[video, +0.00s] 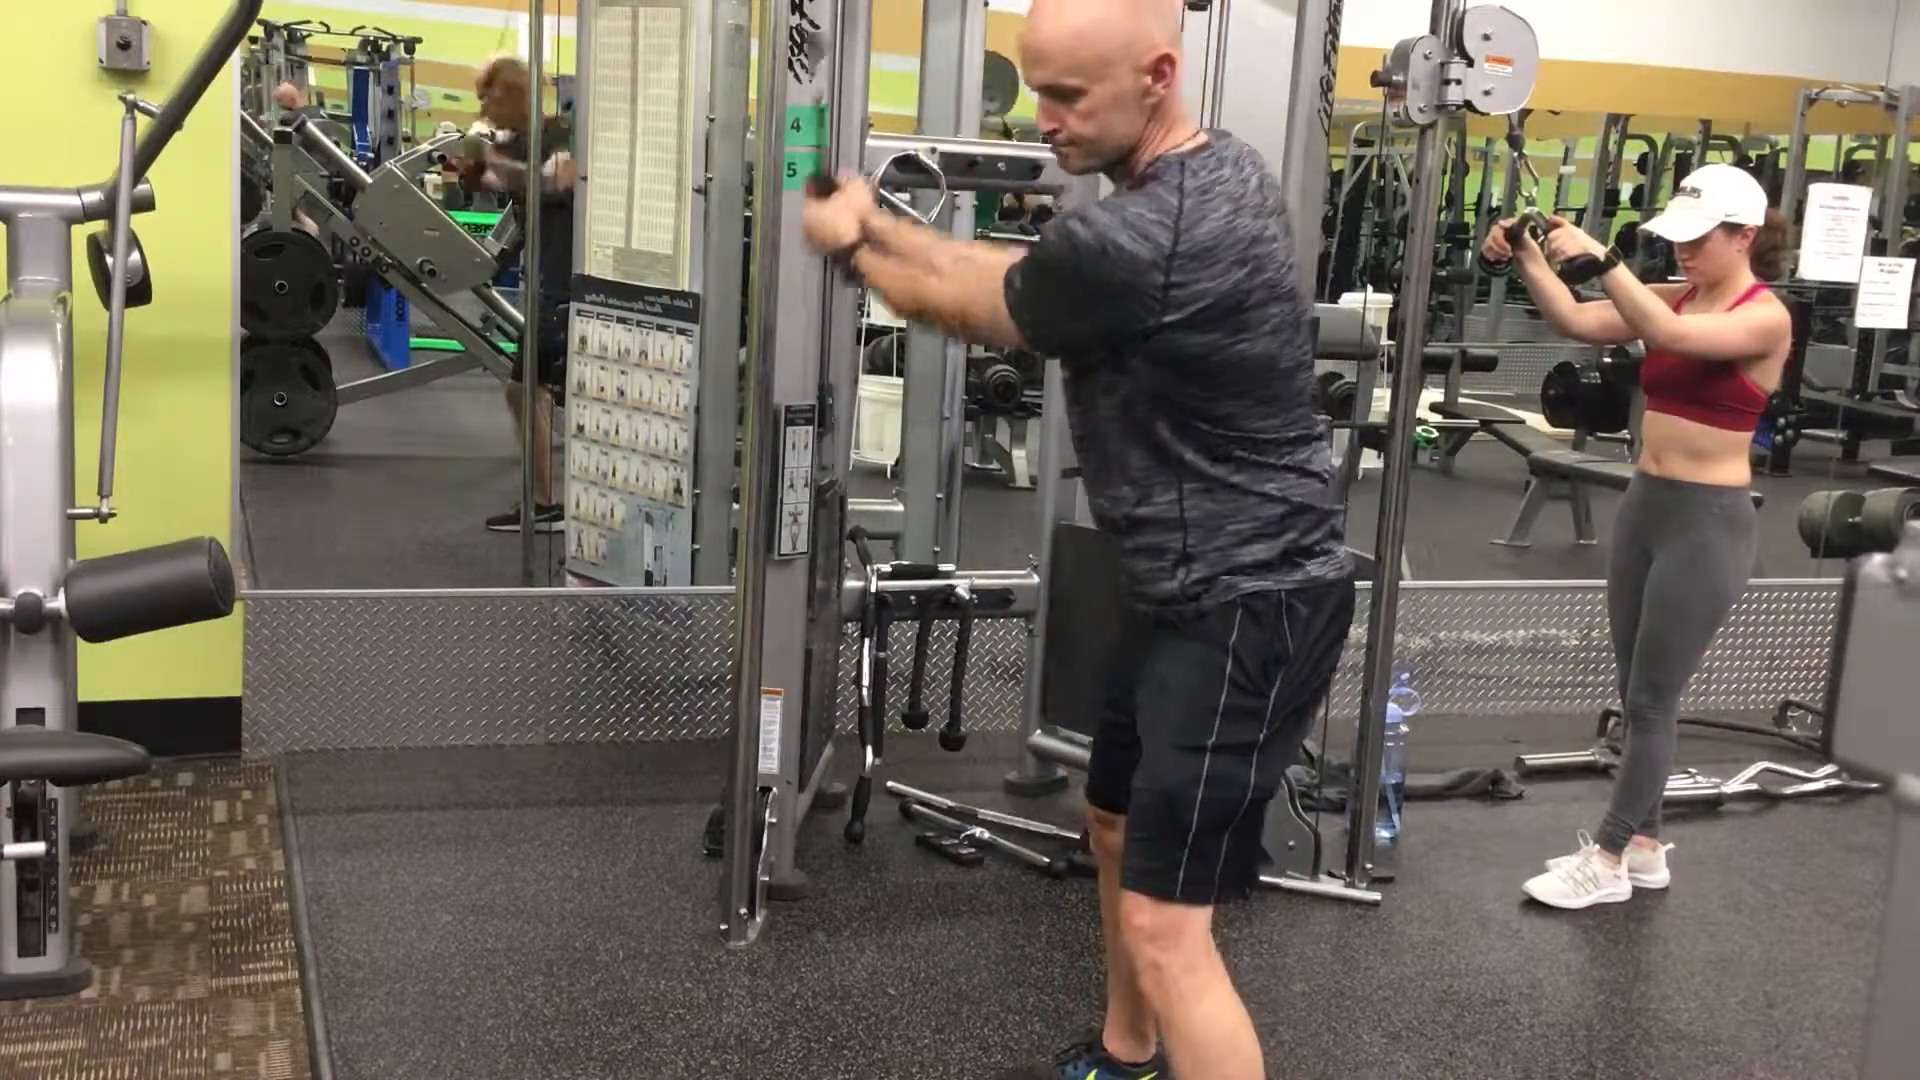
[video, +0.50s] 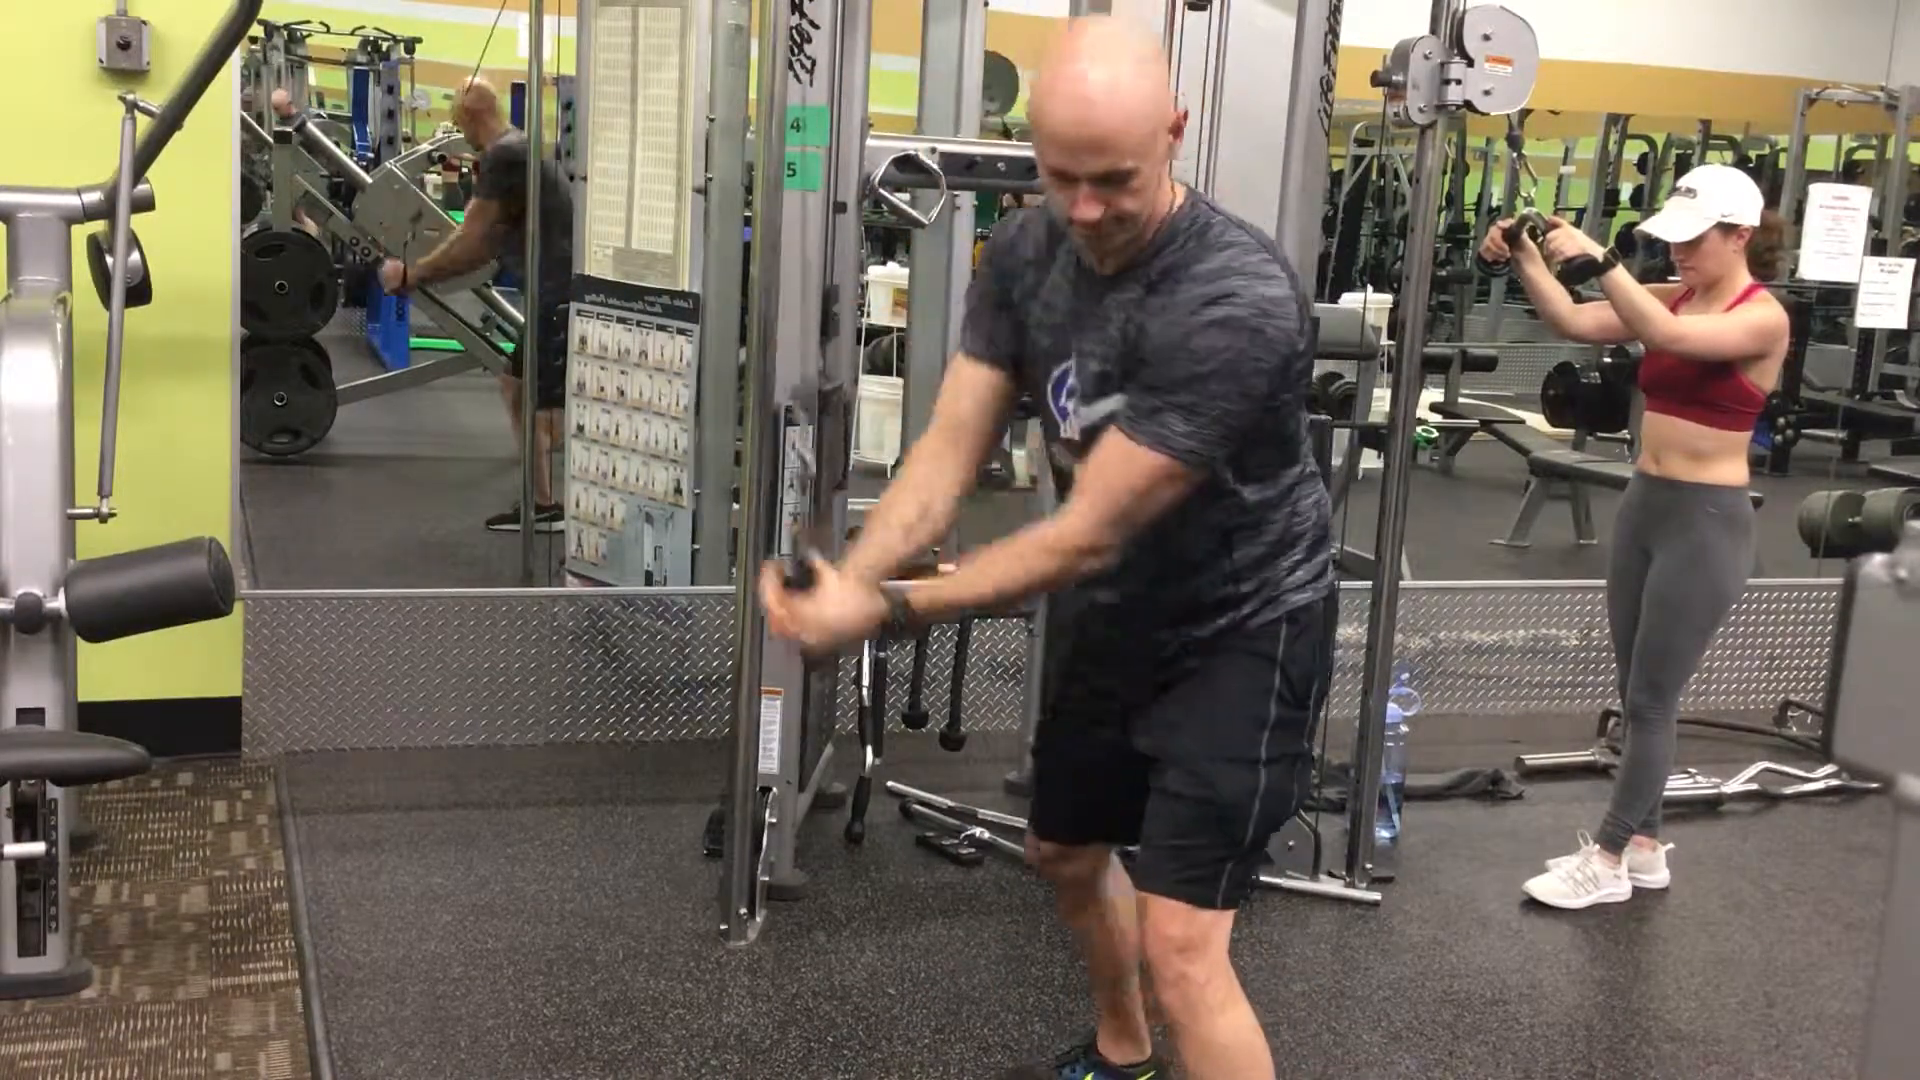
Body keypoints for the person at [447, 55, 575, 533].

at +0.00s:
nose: (485, 104)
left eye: (490, 94)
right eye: (484, 95)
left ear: (516, 92)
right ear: (498, 95)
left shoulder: (559, 135)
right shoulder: (508, 142)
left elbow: (560, 182)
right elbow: (498, 187)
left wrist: (496, 169)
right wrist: (469, 173)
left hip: (560, 278)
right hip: (540, 276)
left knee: (525, 391)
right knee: (542, 394)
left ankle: (545, 498)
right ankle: (549, 496)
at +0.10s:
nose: (477, 114)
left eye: (481, 102)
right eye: (474, 104)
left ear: (506, 96)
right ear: (496, 101)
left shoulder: (555, 139)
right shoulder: (503, 151)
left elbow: (538, 194)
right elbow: (483, 197)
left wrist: (483, 189)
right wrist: (452, 187)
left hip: (562, 280)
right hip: (533, 279)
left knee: (522, 385)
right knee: (525, 387)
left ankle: (546, 497)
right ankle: (545, 494)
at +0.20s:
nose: (471, 117)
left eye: (474, 106)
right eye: (469, 108)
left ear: (499, 100)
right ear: (499, 101)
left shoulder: (551, 140)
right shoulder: (499, 157)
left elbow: (515, 206)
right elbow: (476, 210)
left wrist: (435, 203)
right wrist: (430, 204)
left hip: (564, 288)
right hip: (542, 286)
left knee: (517, 389)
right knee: (547, 392)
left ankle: (543, 499)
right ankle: (554, 496)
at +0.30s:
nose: (470, 124)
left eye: (472, 113)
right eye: (467, 115)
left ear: (494, 105)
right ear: (496, 104)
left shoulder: (536, 147)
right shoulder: (506, 155)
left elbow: (503, 217)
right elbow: (477, 218)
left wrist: (420, 230)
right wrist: (425, 231)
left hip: (559, 292)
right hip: (545, 290)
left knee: (515, 389)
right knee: (555, 398)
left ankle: (544, 499)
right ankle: (557, 495)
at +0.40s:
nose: (462, 125)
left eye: (462, 115)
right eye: (461, 116)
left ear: (477, 108)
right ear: (499, 104)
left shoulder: (517, 150)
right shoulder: (528, 146)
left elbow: (485, 232)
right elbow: (491, 228)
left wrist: (415, 253)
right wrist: (430, 254)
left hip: (556, 296)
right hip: (564, 292)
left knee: (513, 388)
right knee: (556, 402)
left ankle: (544, 501)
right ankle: (571, 496)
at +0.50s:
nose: (456, 123)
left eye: (457, 115)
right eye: (456, 115)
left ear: (471, 113)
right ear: (493, 109)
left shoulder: (502, 155)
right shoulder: (521, 150)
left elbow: (473, 241)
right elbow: (485, 246)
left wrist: (413, 272)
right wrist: (423, 272)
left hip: (559, 292)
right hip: (566, 287)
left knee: (522, 386)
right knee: (518, 382)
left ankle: (544, 500)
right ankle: (545, 497)